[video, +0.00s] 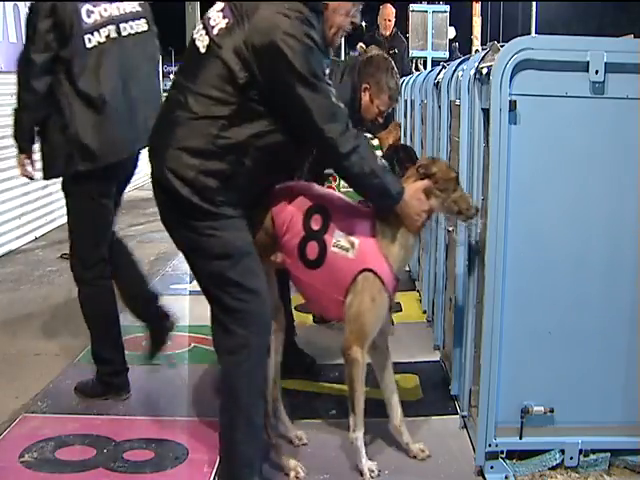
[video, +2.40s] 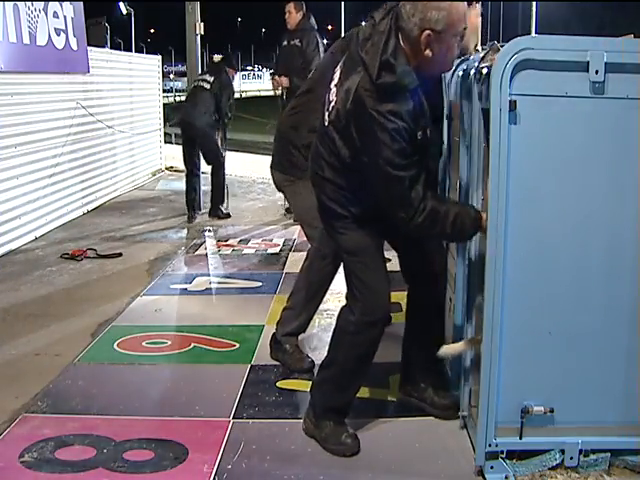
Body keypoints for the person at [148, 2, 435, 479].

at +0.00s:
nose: (351, 19)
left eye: (354, 12)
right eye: (348, 9)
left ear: (329, 7)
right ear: (324, 2)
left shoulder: (294, 22)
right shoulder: (283, 28)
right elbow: (331, 130)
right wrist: (395, 198)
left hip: (231, 174)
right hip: (197, 176)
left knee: (272, 262)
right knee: (249, 316)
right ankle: (245, 466)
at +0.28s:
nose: (405, 31)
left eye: (408, 20)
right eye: (404, 15)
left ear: (373, 9)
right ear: (378, 5)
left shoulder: (321, 15)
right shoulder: (338, 27)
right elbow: (384, 132)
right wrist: (446, 194)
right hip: (251, 188)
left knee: (327, 292)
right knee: (282, 326)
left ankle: (350, 398)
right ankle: (241, 470)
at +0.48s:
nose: (445, 36)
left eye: (449, 25)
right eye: (446, 20)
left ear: (419, 10)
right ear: (421, 5)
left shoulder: (383, 26)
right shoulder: (372, 22)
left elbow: (397, 133)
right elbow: (416, 127)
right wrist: (480, 176)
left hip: (335, 184)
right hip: (286, 179)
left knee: (358, 287)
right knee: (279, 311)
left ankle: (363, 401)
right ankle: (241, 461)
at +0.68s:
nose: (473, 22)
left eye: (477, 14)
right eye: (472, 10)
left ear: (452, 7)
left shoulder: (432, 42)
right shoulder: (388, 10)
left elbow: (429, 109)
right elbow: (402, 95)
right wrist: (455, 151)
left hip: (368, 173)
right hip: (317, 162)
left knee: (374, 288)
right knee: (312, 290)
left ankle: (366, 401)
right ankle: (269, 430)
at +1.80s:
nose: (471, 60)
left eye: (477, 50)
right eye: (468, 48)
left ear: (446, 28)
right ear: (438, 27)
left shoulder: (448, 58)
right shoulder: (386, 60)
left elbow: (440, 140)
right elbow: (370, 171)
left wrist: (471, 184)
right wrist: (422, 223)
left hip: (392, 167)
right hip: (335, 162)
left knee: (408, 281)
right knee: (348, 287)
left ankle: (417, 390)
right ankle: (323, 413)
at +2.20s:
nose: (466, 59)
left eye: (468, 50)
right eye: (463, 50)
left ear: (431, 46)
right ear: (432, 50)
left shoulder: (410, 44)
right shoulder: (388, 98)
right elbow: (392, 207)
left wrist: (443, 118)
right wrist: (460, 227)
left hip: (390, 180)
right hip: (340, 188)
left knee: (421, 279)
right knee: (368, 306)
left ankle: (414, 386)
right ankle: (324, 413)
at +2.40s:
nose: (461, 46)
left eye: (462, 37)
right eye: (457, 38)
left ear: (424, 36)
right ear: (426, 41)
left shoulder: (399, 29)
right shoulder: (387, 94)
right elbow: (404, 203)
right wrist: (472, 221)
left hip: (392, 179)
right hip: (346, 190)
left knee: (429, 274)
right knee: (371, 306)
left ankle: (420, 380)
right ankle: (324, 413)